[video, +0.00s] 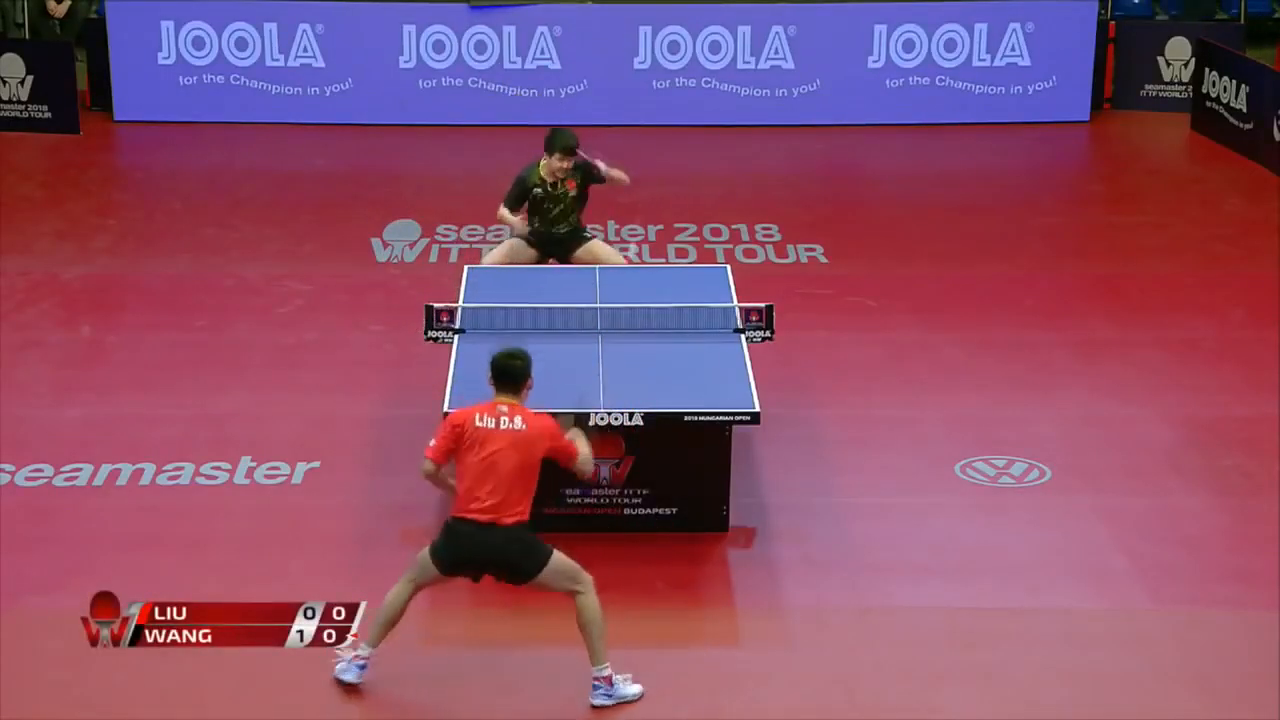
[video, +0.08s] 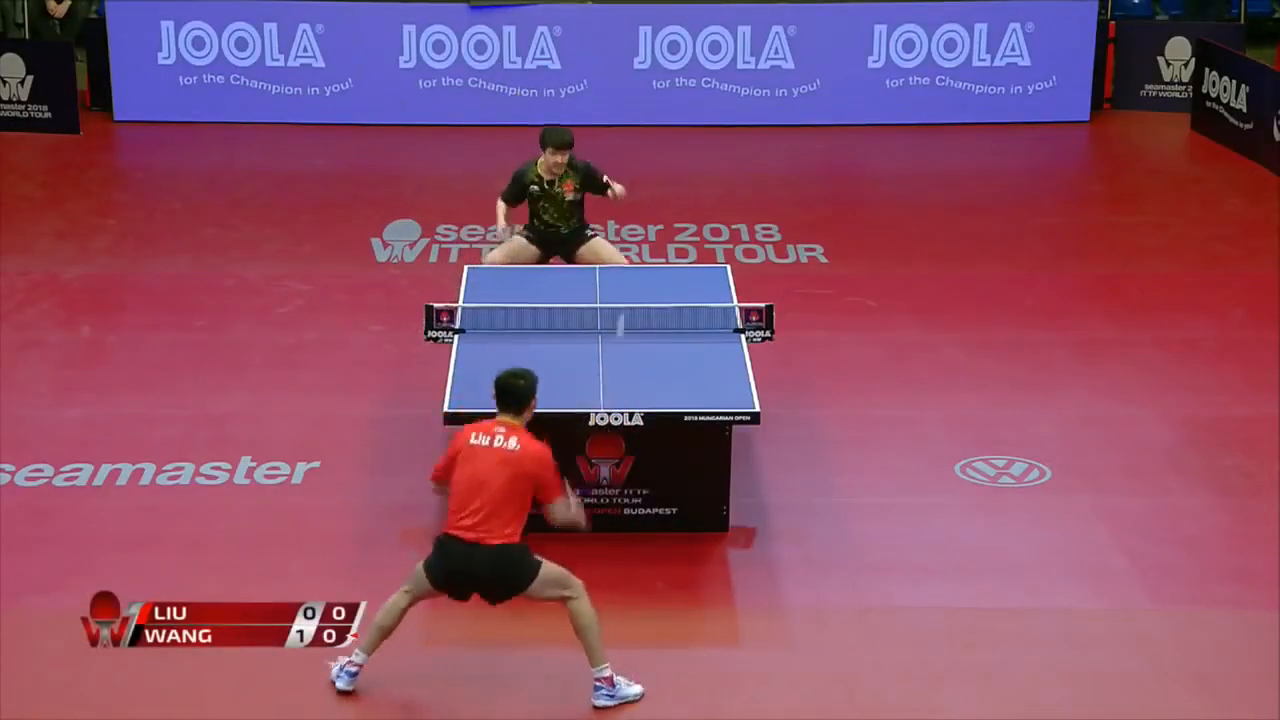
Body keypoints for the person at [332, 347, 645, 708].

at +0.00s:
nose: (530, 385)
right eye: (531, 380)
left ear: (491, 381)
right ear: (527, 385)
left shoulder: (463, 418)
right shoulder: (541, 425)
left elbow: (430, 469)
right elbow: (584, 470)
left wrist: (456, 490)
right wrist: (580, 442)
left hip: (461, 538)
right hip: (511, 543)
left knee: (409, 583)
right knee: (582, 584)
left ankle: (357, 661)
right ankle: (604, 680)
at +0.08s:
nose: (537, 404)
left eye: (530, 398)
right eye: (536, 400)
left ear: (496, 400)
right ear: (531, 406)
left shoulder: (467, 435)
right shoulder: (536, 452)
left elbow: (439, 481)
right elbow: (557, 514)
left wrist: (476, 494)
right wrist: (575, 513)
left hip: (451, 555)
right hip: (504, 562)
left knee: (405, 595)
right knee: (572, 588)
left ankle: (350, 666)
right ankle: (605, 680)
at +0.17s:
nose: (536, 418)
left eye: (532, 410)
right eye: (535, 412)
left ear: (497, 409)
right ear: (529, 418)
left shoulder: (475, 438)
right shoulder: (514, 466)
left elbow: (491, 478)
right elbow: (505, 532)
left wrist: (530, 480)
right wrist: (542, 576)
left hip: (435, 558)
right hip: (478, 565)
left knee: (407, 601)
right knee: (556, 596)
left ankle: (346, 657)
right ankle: (602, 681)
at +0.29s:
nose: (488, 411)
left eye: (488, 405)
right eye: (485, 405)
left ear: (447, 401)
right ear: (467, 406)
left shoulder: (417, 427)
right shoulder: (458, 446)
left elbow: (447, 432)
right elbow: (479, 502)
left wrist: (476, 428)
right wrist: (523, 486)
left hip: (423, 551)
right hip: (465, 555)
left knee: (402, 584)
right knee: (549, 593)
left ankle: (350, 646)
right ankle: (594, 680)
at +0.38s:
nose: (448, 398)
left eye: (446, 391)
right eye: (448, 391)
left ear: (409, 396)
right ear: (439, 397)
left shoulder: (388, 437)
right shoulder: (455, 430)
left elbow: (420, 423)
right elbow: (505, 416)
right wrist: (472, 373)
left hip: (422, 553)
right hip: (472, 551)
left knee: (392, 574)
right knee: (556, 578)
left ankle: (349, 644)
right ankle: (553, 668)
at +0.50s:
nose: (428, 393)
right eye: (424, 388)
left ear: (386, 402)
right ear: (422, 395)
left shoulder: (381, 456)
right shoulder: (446, 419)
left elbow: (367, 502)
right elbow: (464, 369)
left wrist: (388, 453)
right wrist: (414, 351)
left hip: (427, 552)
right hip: (478, 546)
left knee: (376, 573)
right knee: (541, 584)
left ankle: (344, 656)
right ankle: (547, 663)